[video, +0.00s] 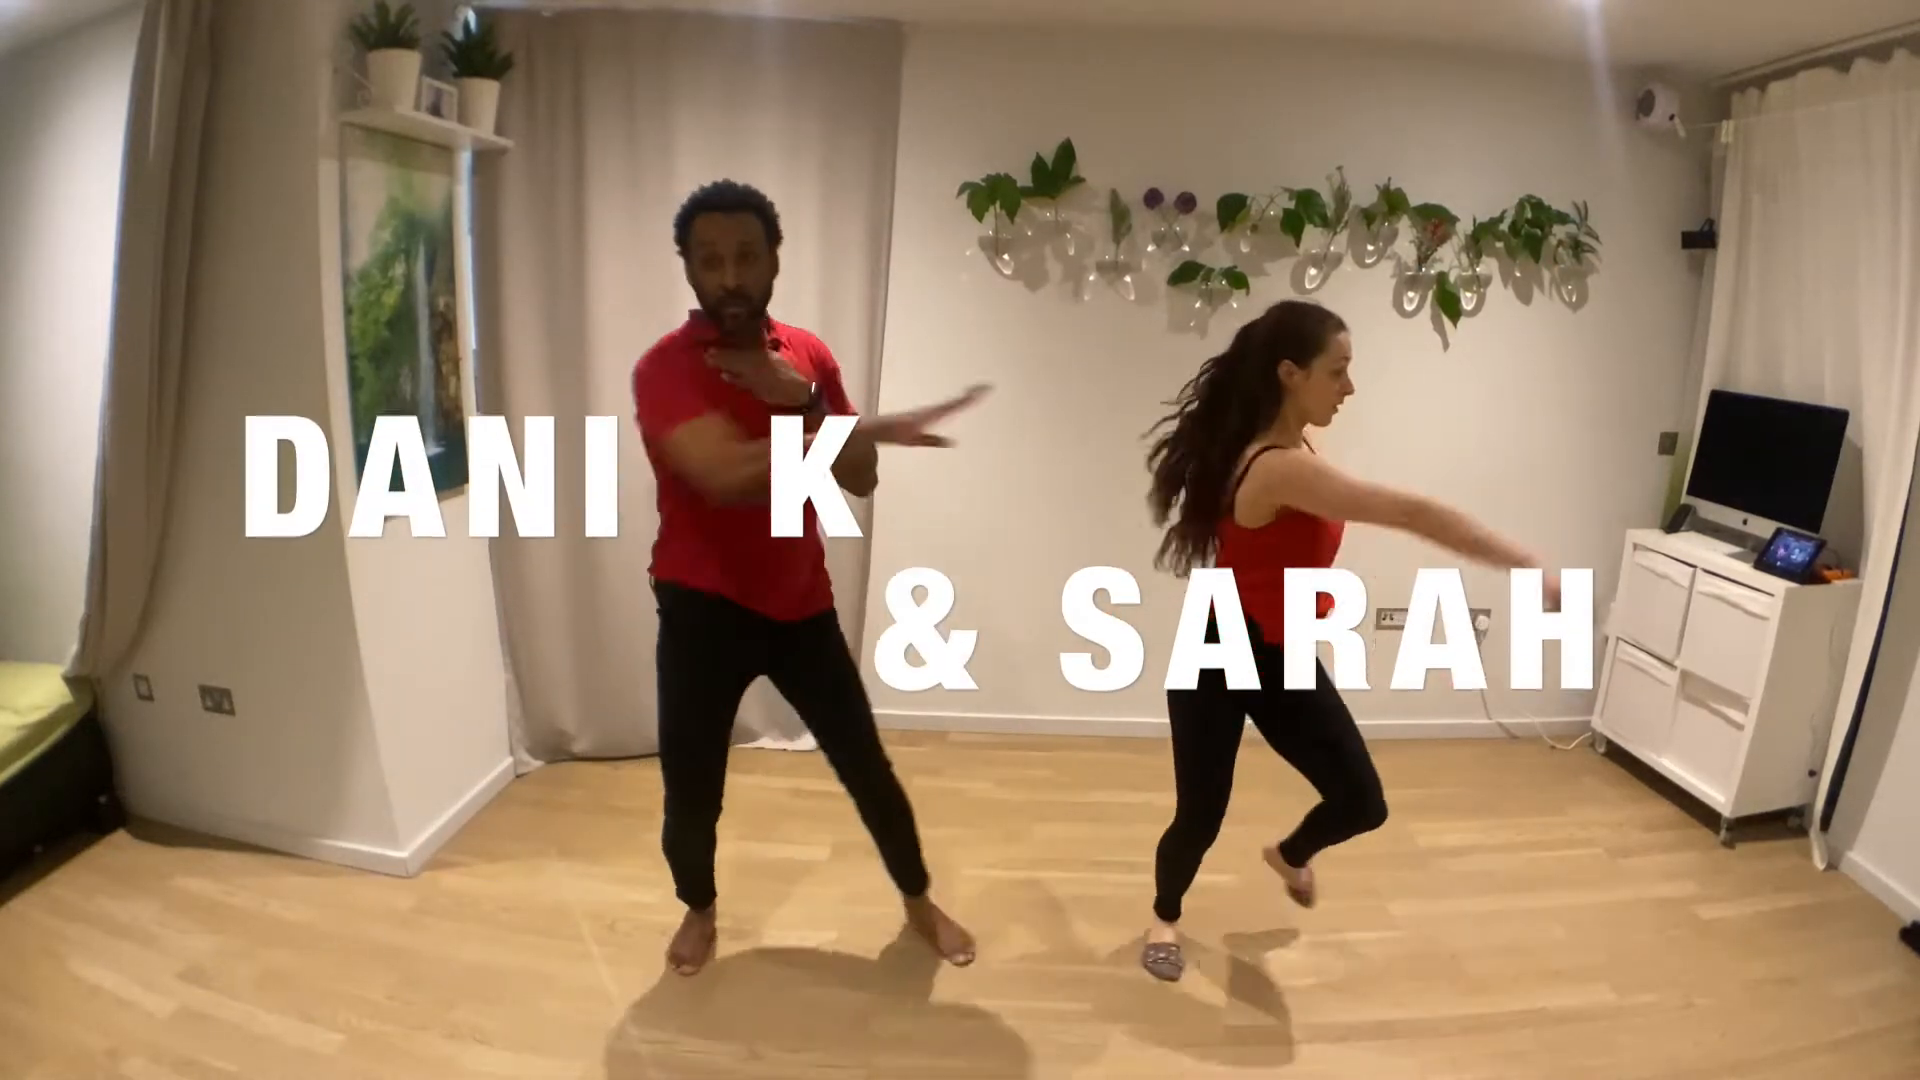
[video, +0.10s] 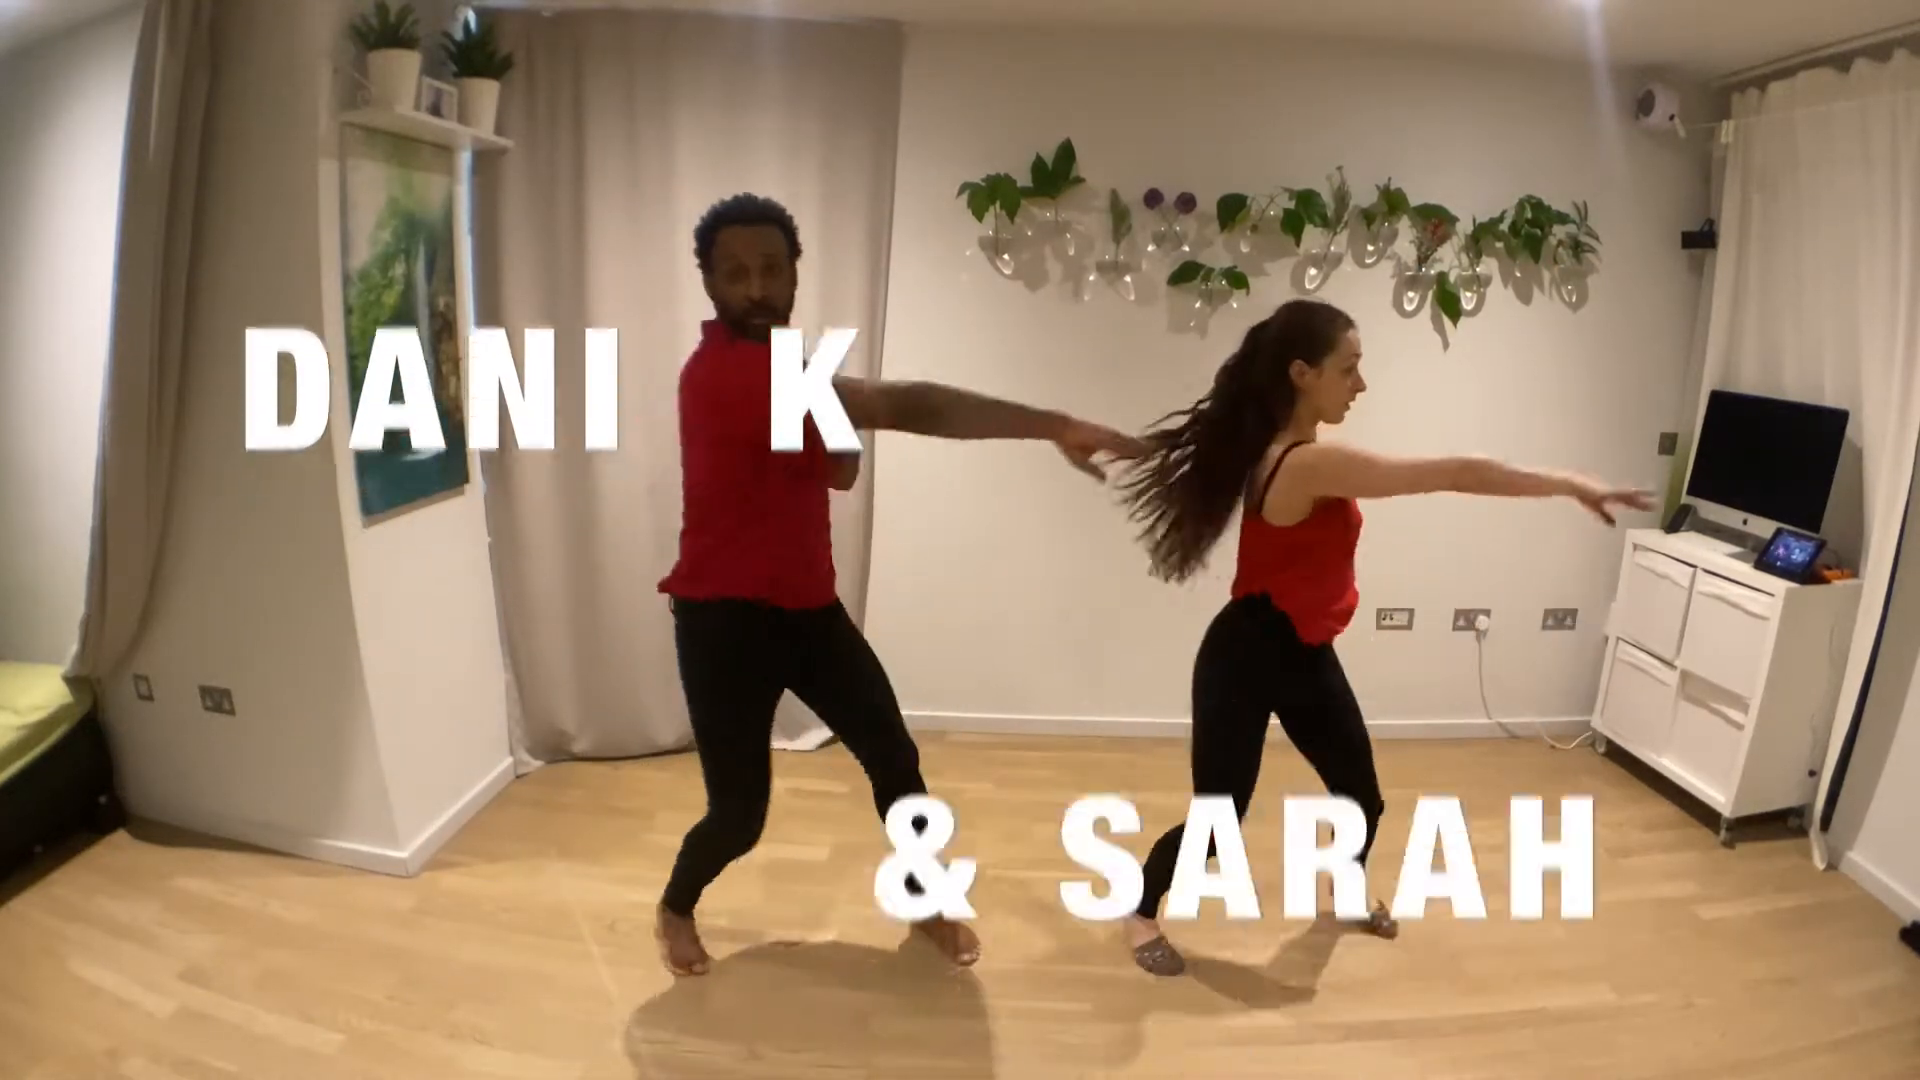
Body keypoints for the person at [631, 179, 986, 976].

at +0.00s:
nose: (727, 280)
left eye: (745, 260)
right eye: (707, 261)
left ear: (775, 264)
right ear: (687, 269)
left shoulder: (807, 356)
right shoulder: (665, 370)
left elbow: (859, 480)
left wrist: (802, 401)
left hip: (797, 604)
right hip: (702, 607)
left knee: (865, 766)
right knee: (689, 783)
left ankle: (920, 903)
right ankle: (697, 910)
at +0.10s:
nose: (757, 290)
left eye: (773, 271)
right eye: (735, 273)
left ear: (796, 276)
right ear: (706, 282)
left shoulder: (787, 367)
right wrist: (1053, 426)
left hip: (810, 612)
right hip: (724, 616)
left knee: (895, 762)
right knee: (738, 820)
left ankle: (928, 898)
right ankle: (675, 904)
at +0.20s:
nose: (789, 295)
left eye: (803, 276)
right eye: (766, 278)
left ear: (822, 280)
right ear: (734, 288)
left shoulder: (810, 380)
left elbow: (840, 478)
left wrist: (863, 419)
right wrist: (1035, 399)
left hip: (811, 612)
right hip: (731, 618)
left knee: (906, 750)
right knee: (758, 817)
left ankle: (923, 897)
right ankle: (667, 910)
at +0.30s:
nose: (786, 293)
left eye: (803, 274)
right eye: (767, 277)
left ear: (830, 282)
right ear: (742, 285)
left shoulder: (840, 372)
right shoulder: (727, 369)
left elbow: (913, 473)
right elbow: (789, 446)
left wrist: (908, 434)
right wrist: (892, 380)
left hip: (821, 609)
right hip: (731, 611)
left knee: (910, 758)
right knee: (740, 810)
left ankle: (924, 901)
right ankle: (671, 913)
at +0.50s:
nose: (734, 294)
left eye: (754, 275)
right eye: (721, 276)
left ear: (792, 283)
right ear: (709, 281)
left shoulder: (843, 373)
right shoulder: (711, 353)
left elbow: (972, 387)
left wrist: (1096, 391)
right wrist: (655, 322)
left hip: (824, 625)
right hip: (725, 614)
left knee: (884, 793)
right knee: (648, 778)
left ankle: (1011, 883)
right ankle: (658, 890)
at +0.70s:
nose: (711, 317)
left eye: (729, 299)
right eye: (697, 299)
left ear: (766, 303)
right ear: (684, 305)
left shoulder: (815, 388)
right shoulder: (695, 382)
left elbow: (913, 412)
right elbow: (641, 395)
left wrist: (992, 409)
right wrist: (644, 349)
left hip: (820, 636)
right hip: (723, 635)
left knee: (895, 796)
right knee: (645, 789)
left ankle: (1030, 893)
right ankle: (658, 888)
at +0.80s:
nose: (734, 314)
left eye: (753, 295)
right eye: (718, 296)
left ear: (786, 298)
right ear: (702, 300)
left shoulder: (835, 371)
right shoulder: (678, 390)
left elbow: (968, 415)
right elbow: (560, 443)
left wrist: (922, 418)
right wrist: (635, 364)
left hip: (831, 622)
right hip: (727, 624)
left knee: (912, 774)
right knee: (670, 785)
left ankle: (979, 895)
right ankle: (657, 891)